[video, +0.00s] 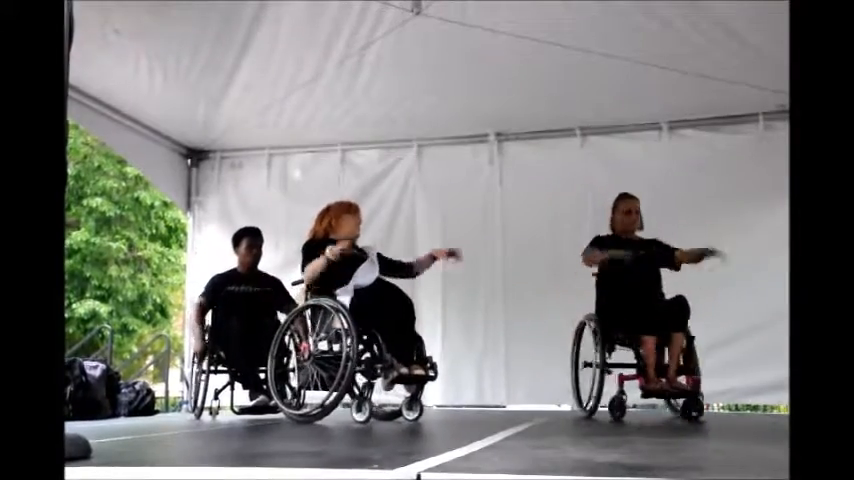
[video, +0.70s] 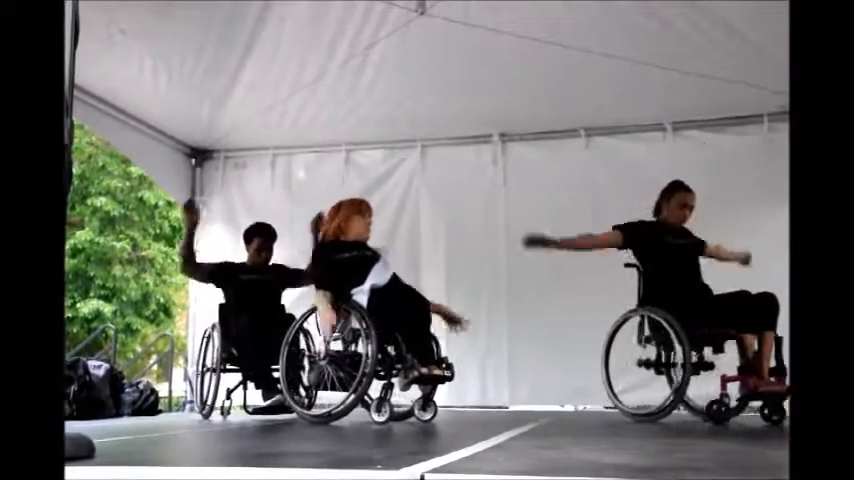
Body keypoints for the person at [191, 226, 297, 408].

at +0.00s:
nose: (256, 252)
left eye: (259, 247)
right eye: (251, 247)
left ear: (262, 249)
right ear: (237, 250)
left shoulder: (271, 284)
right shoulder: (221, 282)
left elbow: (295, 313)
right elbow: (200, 309)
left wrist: (303, 340)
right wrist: (198, 341)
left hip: (262, 340)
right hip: (230, 341)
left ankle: (278, 392)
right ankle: (256, 393)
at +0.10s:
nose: (257, 251)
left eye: (259, 246)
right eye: (251, 246)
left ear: (263, 249)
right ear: (237, 249)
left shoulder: (272, 283)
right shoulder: (221, 281)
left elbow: (296, 307)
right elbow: (204, 306)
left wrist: (307, 337)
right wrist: (202, 334)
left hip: (264, 339)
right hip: (233, 339)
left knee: (276, 329)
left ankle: (280, 392)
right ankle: (258, 393)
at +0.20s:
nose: (257, 251)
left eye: (260, 247)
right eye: (251, 247)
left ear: (263, 249)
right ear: (238, 249)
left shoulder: (272, 280)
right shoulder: (224, 278)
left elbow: (293, 290)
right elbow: (210, 291)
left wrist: (299, 299)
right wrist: (219, 302)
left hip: (268, 332)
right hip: (238, 333)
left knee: (284, 349)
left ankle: (280, 394)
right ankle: (260, 393)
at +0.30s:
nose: (258, 253)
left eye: (261, 248)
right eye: (253, 248)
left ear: (265, 250)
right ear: (240, 249)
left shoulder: (272, 276)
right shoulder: (227, 276)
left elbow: (295, 278)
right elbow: (213, 278)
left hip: (269, 336)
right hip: (239, 337)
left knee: (285, 340)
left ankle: (283, 392)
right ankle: (262, 392)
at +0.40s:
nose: (259, 254)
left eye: (263, 249)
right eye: (254, 248)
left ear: (267, 251)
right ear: (242, 246)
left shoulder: (272, 276)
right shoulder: (229, 276)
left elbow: (295, 254)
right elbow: (214, 255)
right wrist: (239, 232)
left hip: (271, 334)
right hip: (241, 336)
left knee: (286, 327)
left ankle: (287, 391)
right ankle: (266, 394)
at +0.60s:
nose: (262, 255)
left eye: (266, 250)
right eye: (257, 249)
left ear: (270, 251)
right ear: (246, 247)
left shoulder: (275, 274)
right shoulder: (230, 273)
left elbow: (305, 250)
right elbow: (202, 249)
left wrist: (286, 217)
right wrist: (226, 214)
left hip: (272, 332)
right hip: (241, 334)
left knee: (288, 322)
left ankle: (290, 392)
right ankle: (268, 393)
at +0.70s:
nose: (265, 255)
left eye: (268, 250)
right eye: (259, 250)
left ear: (273, 249)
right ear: (247, 246)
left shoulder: (278, 273)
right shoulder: (229, 272)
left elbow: (312, 276)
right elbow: (188, 268)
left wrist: (317, 239)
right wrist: (190, 228)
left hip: (274, 337)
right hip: (242, 338)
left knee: (289, 322)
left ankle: (292, 391)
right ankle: (270, 393)